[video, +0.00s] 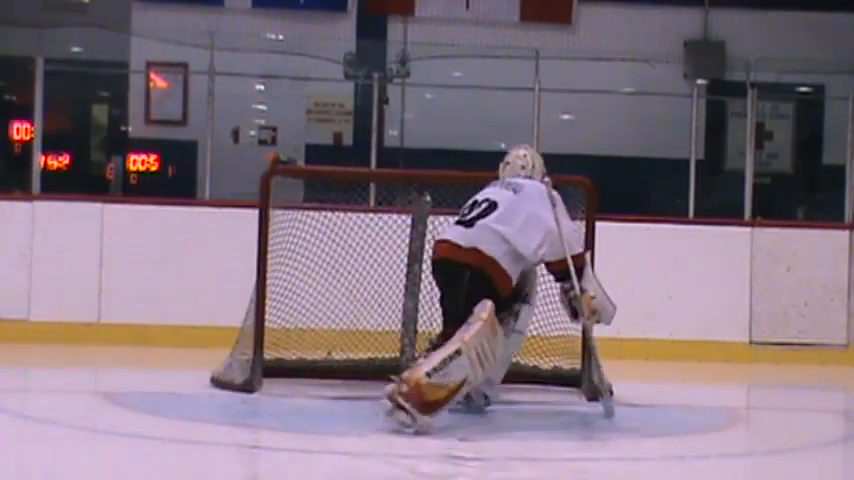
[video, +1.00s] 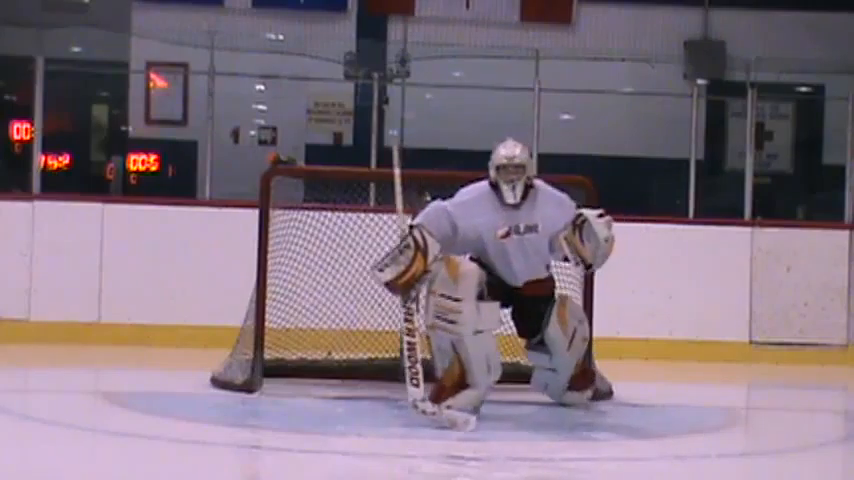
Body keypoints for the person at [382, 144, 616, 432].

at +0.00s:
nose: (541, 176)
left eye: (512, 167)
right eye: (540, 171)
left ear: (505, 171)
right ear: (539, 174)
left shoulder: (490, 189)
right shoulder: (543, 195)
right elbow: (561, 248)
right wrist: (572, 290)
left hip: (444, 257)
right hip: (487, 268)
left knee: (453, 333)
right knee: (476, 337)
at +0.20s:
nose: (580, 167)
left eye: (578, 163)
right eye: (578, 162)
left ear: (540, 161)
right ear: (573, 163)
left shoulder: (525, 181)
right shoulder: (565, 184)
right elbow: (577, 239)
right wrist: (596, 278)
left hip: (482, 262)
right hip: (513, 266)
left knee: (522, 334)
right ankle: (478, 395)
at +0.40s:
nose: (591, 150)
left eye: (590, 144)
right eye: (589, 144)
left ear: (559, 144)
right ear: (581, 146)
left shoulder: (548, 170)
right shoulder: (567, 172)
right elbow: (570, 225)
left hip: (511, 258)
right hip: (523, 259)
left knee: (564, 319)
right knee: (560, 320)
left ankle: (579, 384)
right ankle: (516, 390)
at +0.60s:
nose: (597, 141)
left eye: (597, 135)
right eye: (592, 135)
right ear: (576, 137)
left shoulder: (588, 172)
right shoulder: (554, 164)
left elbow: (585, 221)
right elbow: (541, 210)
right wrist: (546, 257)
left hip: (554, 246)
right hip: (520, 244)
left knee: (576, 306)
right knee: (541, 313)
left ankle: (575, 371)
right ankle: (518, 378)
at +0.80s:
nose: (568, 157)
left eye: (572, 149)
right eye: (560, 151)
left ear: (578, 150)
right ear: (543, 152)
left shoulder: (591, 185)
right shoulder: (520, 183)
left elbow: (601, 227)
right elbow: (481, 222)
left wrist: (623, 228)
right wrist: (479, 256)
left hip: (568, 277)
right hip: (523, 276)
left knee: (587, 328)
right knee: (518, 332)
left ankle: (570, 384)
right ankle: (501, 389)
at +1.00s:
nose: (511, 179)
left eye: (517, 171)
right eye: (504, 172)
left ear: (529, 172)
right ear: (493, 173)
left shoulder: (551, 202)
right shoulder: (473, 200)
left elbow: (571, 245)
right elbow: (436, 221)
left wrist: (589, 240)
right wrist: (415, 251)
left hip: (538, 283)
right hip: (491, 279)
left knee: (546, 340)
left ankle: (577, 385)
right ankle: (457, 384)